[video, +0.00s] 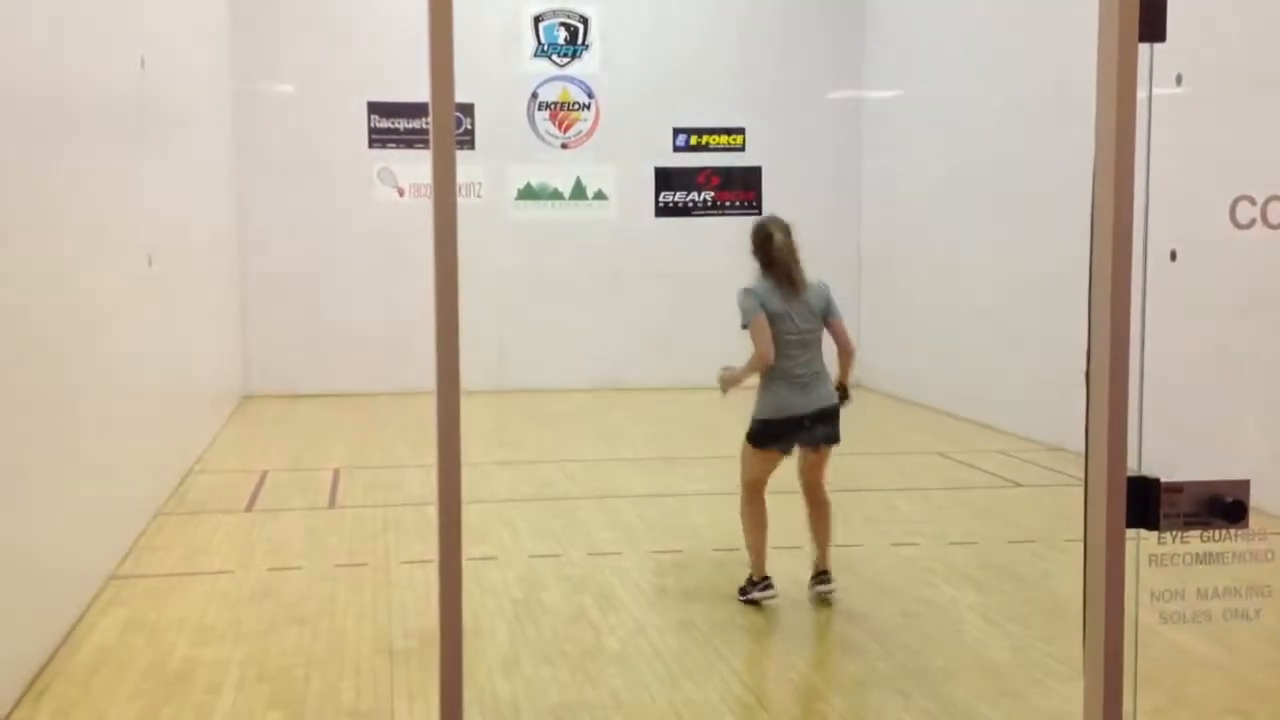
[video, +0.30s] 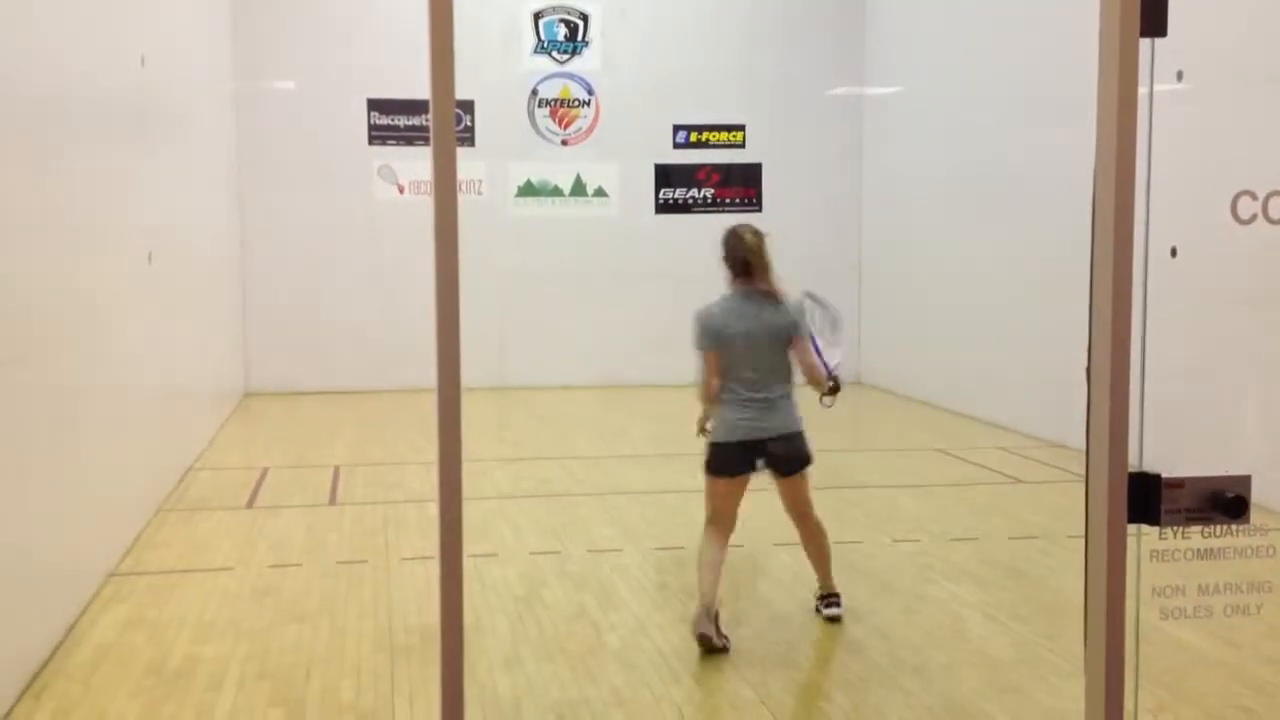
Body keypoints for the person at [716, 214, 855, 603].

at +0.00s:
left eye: (757, 247)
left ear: (757, 252)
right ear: (792, 247)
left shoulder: (753, 295)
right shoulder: (817, 290)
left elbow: (765, 356)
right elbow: (847, 347)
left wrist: (737, 376)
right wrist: (842, 384)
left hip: (778, 412)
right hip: (822, 406)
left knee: (752, 486)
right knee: (814, 484)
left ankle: (758, 577)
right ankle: (823, 571)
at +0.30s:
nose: (727, 265)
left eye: (725, 259)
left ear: (726, 264)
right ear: (764, 260)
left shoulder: (712, 317)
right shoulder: (787, 311)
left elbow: (713, 382)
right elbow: (812, 370)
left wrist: (706, 414)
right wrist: (826, 384)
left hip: (732, 436)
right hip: (783, 433)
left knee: (717, 526)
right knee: (804, 514)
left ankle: (706, 613)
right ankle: (828, 592)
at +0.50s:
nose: (734, 251)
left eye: (729, 242)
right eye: (732, 244)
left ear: (690, 250)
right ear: (727, 249)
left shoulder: (668, 302)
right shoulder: (734, 300)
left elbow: (649, 369)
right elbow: (749, 352)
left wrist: (677, 395)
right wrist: (806, 358)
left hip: (675, 436)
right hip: (723, 435)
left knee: (702, 529)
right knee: (752, 519)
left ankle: (707, 634)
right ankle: (754, 622)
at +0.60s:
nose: (722, 251)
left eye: (718, 242)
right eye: (719, 243)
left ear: (676, 249)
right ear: (711, 249)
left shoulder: (651, 300)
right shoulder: (711, 297)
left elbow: (635, 369)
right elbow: (713, 346)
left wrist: (671, 388)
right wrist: (776, 351)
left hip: (647, 434)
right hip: (686, 436)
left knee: (692, 535)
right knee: (711, 537)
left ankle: (701, 631)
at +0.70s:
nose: (706, 272)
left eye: (701, 263)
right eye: (704, 264)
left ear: (659, 268)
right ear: (697, 268)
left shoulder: (635, 316)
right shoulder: (688, 312)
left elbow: (619, 383)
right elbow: (681, 364)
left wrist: (656, 432)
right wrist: (743, 370)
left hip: (620, 443)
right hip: (650, 448)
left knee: (679, 524)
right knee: (658, 566)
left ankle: (693, 627)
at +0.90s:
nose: (662, 270)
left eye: (658, 262)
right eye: (661, 263)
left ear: (620, 263)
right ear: (655, 268)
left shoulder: (612, 313)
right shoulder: (628, 316)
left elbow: (617, 390)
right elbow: (600, 367)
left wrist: (660, 434)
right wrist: (657, 385)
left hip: (571, 440)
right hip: (568, 445)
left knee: (620, 527)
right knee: (603, 549)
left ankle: (580, 621)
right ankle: (599, 676)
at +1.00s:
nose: (633, 276)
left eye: (632, 268)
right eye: (632, 268)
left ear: (595, 268)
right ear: (624, 272)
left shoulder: (599, 320)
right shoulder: (595, 318)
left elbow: (591, 388)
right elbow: (563, 364)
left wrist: (641, 416)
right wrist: (618, 385)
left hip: (548, 446)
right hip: (537, 448)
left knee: (584, 540)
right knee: (570, 563)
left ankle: (522, 613)